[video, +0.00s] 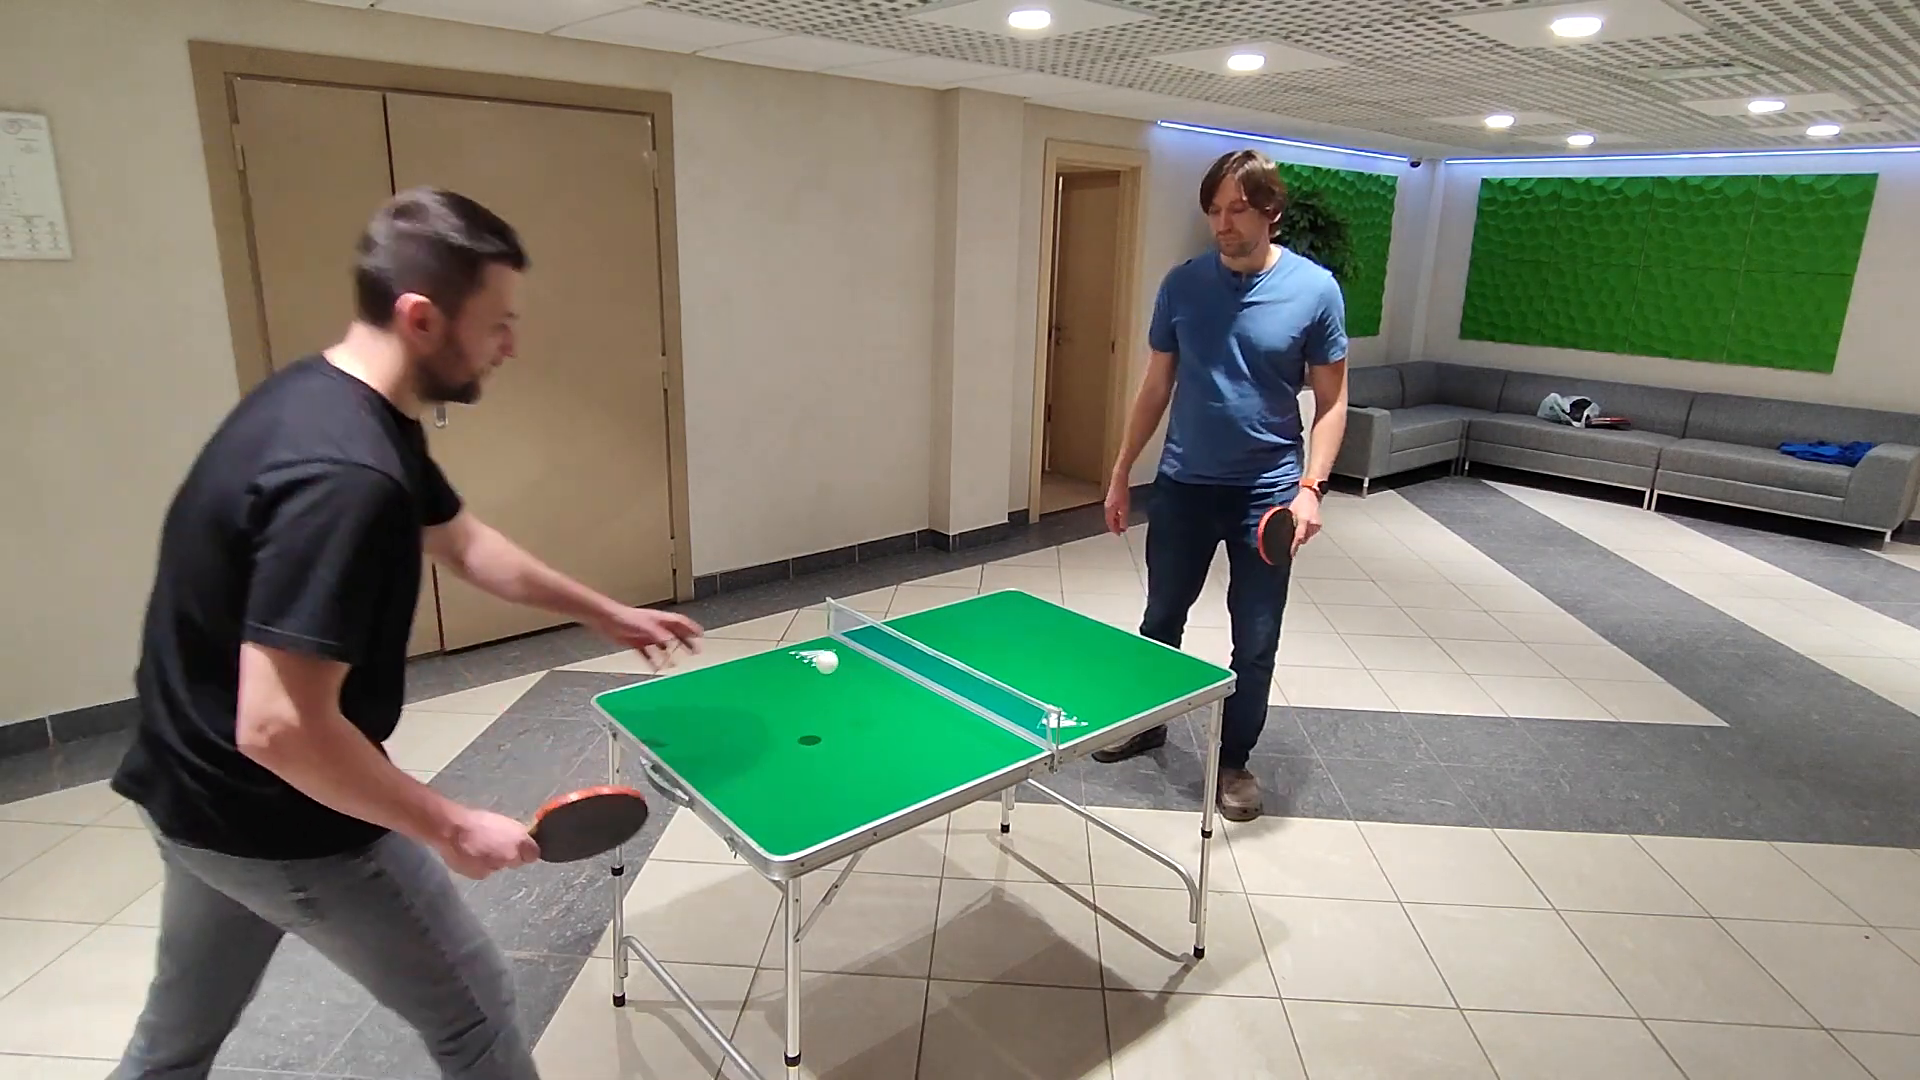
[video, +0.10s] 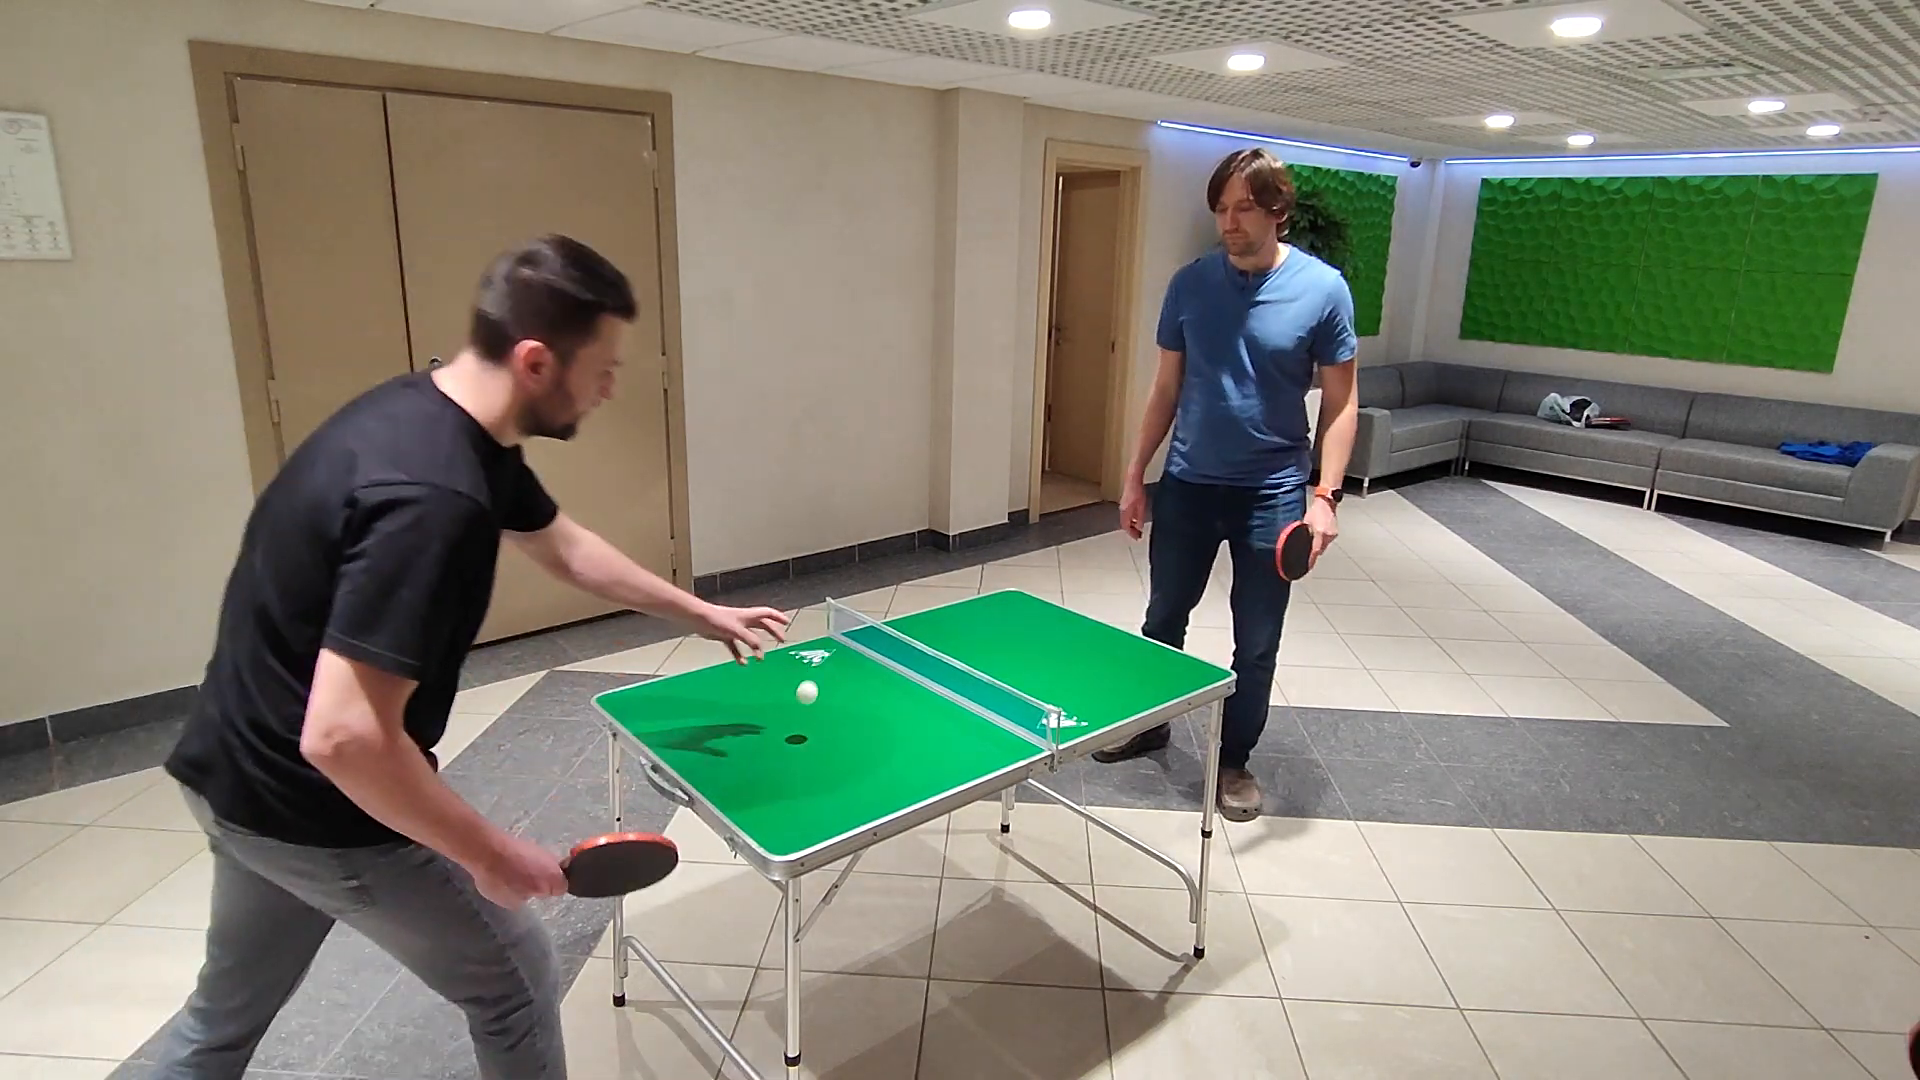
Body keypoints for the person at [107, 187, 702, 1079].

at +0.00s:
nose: (510, 347)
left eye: (510, 324)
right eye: (497, 324)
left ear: (415, 316)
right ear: (419, 316)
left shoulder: (335, 400)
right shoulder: (350, 471)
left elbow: (465, 543)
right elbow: (279, 724)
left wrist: (611, 615)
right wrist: (447, 825)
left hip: (205, 793)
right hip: (291, 822)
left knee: (171, 1042)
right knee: (476, 1017)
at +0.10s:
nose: (609, 390)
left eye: (612, 369)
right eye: (604, 369)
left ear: (523, 352)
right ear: (536, 359)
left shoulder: (433, 414)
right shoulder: (435, 489)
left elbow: (562, 546)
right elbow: (344, 735)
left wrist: (703, 613)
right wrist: (494, 854)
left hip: (246, 769)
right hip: (317, 808)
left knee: (217, 1021)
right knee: (515, 979)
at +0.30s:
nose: (726, 419)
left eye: (734, 401)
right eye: (726, 398)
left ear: (652, 373)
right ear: (671, 383)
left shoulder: (545, 411)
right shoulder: (559, 481)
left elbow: (645, 566)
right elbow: (426, 707)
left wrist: (742, 672)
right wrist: (522, 859)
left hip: (295, 722)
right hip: (376, 776)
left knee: (288, 960)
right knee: (536, 972)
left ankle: (204, 1075)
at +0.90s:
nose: (700, 348)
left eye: (705, 327)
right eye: (695, 326)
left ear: (623, 312)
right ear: (631, 317)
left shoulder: (576, 401)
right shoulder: (520, 436)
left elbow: (566, 569)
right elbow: (392, 656)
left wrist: (612, 702)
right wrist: (459, 839)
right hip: (435, 757)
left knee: (408, 924)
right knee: (523, 981)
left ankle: (361, 1066)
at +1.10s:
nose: (594, 299)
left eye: (597, 278)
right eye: (583, 278)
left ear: (519, 275)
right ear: (509, 271)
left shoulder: (521, 384)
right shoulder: (403, 410)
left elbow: (560, 531)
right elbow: (295, 623)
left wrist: (665, 636)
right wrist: (374, 810)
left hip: (460, 732)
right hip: (411, 759)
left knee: (398, 926)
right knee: (507, 967)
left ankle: (357, 1068)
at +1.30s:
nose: (481, 264)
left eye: (479, 240)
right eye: (462, 240)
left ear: (395, 244)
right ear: (384, 242)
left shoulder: (444, 366)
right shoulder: (287, 396)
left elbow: (573, 472)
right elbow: (201, 608)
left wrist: (707, 500)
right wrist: (291, 791)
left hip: (419, 732)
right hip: (365, 755)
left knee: (363, 940)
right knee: (466, 975)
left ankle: (351, 1071)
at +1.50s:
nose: (403, 240)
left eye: (400, 215)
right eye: (379, 216)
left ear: (315, 225)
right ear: (296, 223)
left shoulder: (386, 356)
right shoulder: (210, 386)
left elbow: (485, 473)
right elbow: (144, 595)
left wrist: (629, 536)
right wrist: (243, 769)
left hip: (390, 722)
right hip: (315, 747)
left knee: (343, 943)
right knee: (406, 985)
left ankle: (338, 1071)